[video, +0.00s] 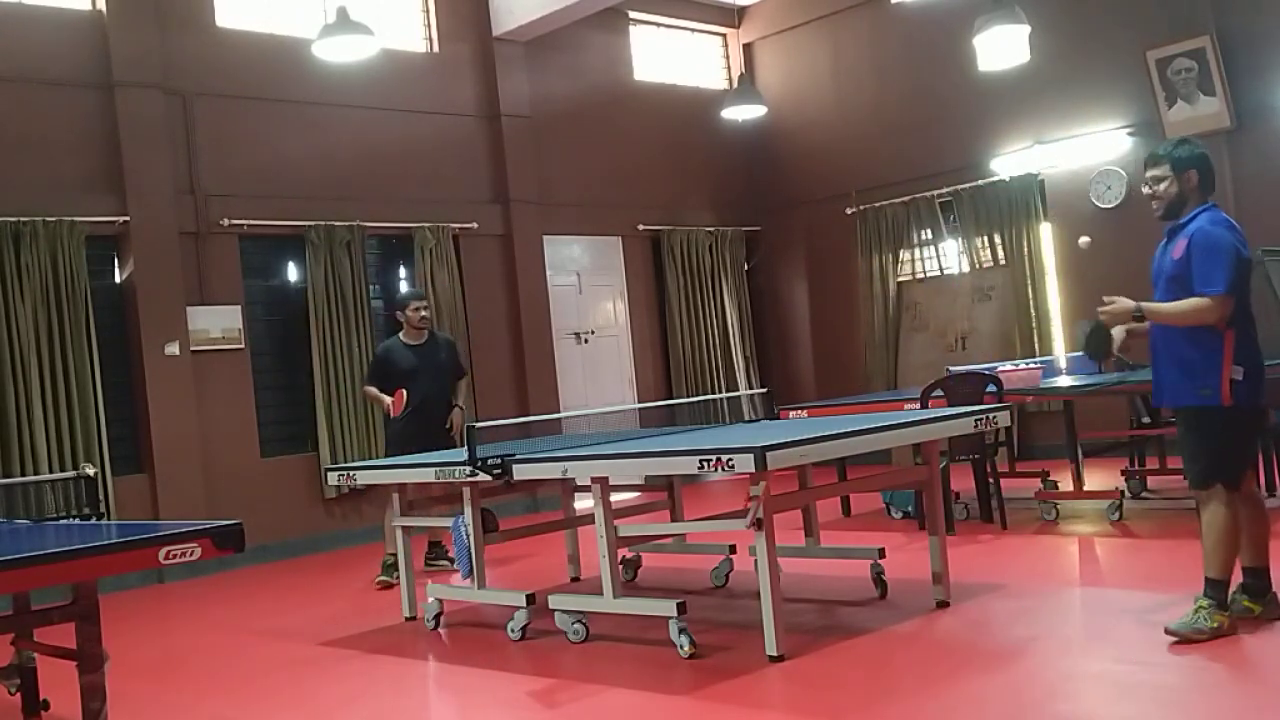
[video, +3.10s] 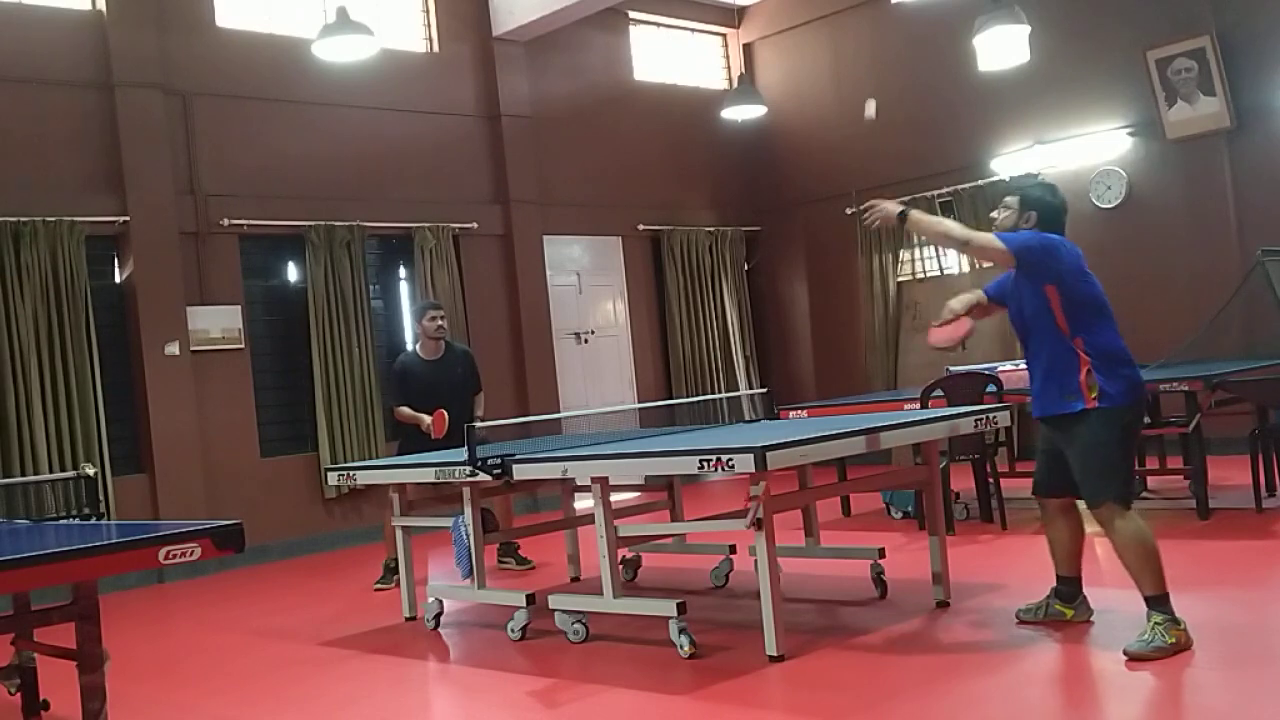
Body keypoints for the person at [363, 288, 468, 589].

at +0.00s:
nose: (423, 314)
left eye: (426, 309)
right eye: (417, 310)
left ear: (431, 312)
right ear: (402, 315)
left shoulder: (445, 344)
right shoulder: (387, 350)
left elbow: (459, 379)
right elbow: (369, 387)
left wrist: (458, 407)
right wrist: (383, 398)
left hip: (439, 435)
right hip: (402, 438)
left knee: (440, 494)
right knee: (398, 499)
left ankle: (435, 549)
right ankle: (391, 561)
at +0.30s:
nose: (409, 312)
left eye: (411, 307)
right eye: (401, 308)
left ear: (416, 311)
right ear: (386, 315)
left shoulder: (430, 341)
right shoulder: (376, 355)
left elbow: (445, 375)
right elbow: (362, 397)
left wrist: (452, 401)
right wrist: (386, 400)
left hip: (438, 435)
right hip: (398, 442)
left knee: (462, 490)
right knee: (394, 500)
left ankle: (477, 545)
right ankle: (389, 562)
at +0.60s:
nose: (430, 314)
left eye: (434, 308)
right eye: (423, 310)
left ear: (441, 312)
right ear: (415, 316)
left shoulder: (462, 343)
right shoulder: (401, 355)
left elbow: (482, 375)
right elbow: (390, 396)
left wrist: (484, 405)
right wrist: (408, 405)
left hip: (465, 436)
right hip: (421, 442)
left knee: (492, 489)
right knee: (404, 499)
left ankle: (506, 548)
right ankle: (391, 562)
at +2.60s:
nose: (444, 334)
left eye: (447, 329)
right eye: (437, 330)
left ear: (451, 332)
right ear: (421, 335)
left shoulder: (464, 364)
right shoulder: (406, 371)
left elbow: (480, 401)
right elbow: (399, 416)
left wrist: (479, 425)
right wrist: (423, 420)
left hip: (462, 452)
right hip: (418, 455)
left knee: (504, 483)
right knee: (393, 493)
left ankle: (508, 549)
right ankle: (393, 563)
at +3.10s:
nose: (440, 323)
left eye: (443, 319)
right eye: (433, 319)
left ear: (447, 323)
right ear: (419, 326)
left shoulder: (462, 356)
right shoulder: (404, 364)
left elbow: (477, 393)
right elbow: (398, 409)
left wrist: (478, 420)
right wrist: (420, 419)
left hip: (462, 447)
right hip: (418, 449)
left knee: (501, 482)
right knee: (396, 497)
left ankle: (507, 548)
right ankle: (392, 562)